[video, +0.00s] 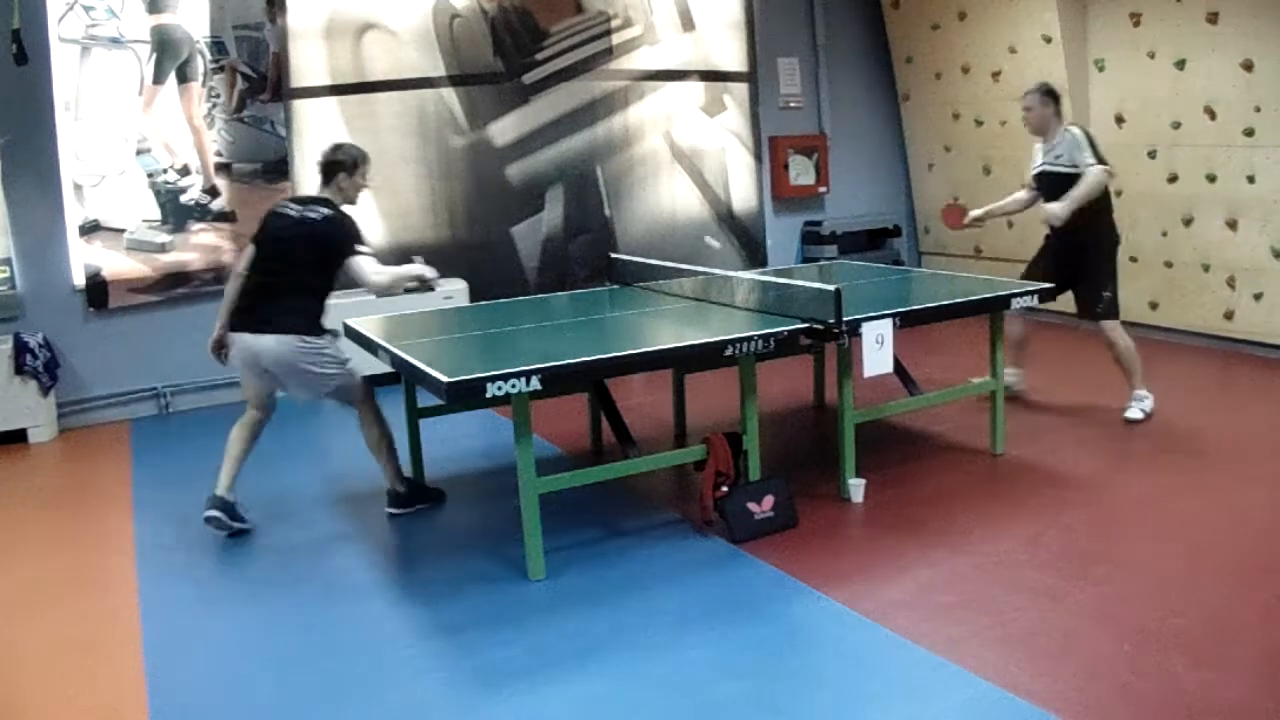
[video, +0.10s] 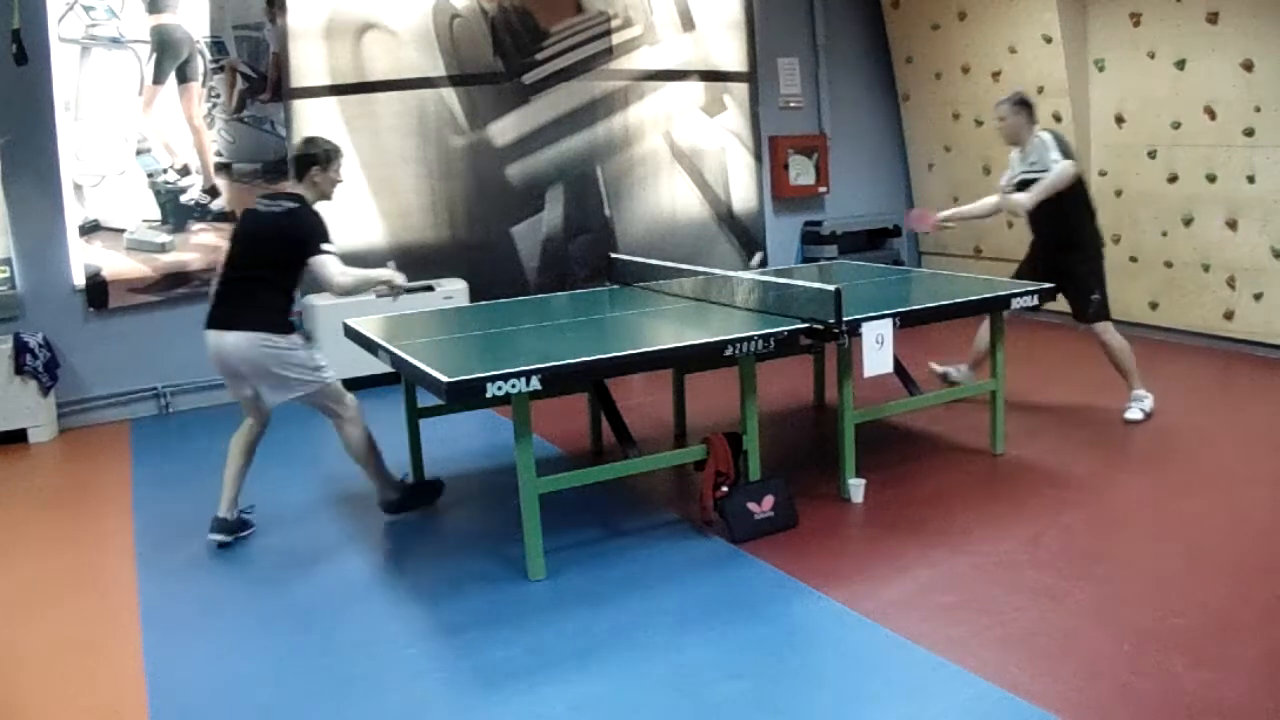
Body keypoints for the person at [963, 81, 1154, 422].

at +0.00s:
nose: (1024, 117)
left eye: (1029, 110)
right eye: (1023, 110)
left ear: (1051, 110)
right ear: (1034, 113)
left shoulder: (1074, 136)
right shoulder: (1040, 149)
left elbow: (1100, 173)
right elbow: (1029, 195)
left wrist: (1065, 205)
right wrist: (983, 213)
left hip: (1095, 245)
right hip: (1060, 244)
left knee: (1107, 323)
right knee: (1016, 305)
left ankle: (1140, 393)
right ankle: (1012, 374)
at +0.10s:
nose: (998, 127)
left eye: (1002, 120)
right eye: (997, 121)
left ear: (1021, 117)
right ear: (1012, 121)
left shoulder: (1048, 140)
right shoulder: (1017, 162)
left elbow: (1068, 169)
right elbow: (996, 203)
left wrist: (1029, 197)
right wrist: (946, 215)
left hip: (1079, 250)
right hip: (1045, 250)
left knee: (1100, 326)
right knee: (999, 308)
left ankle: (1139, 392)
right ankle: (968, 371)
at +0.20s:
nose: (968, 135)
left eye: (972, 127)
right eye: (967, 129)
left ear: (993, 126)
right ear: (978, 130)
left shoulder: (1015, 146)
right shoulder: (986, 167)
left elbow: (1044, 168)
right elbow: (963, 207)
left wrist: (1012, 190)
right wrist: (914, 218)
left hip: (1057, 251)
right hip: (1022, 253)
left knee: (1090, 326)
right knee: (977, 321)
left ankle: (1136, 393)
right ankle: (951, 378)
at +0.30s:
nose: (942, 140)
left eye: (946, 132)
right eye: (941, 134)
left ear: (967, 130)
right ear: (953, 136)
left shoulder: (996, 150)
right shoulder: (959, 172)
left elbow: (1031, 170)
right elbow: (930, 207)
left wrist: (1014, 191)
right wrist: (883, 218)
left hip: (1038, 253)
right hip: (1000, 255)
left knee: (1076, 322)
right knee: (952, 311)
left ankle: (1125, 389)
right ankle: (946, 381)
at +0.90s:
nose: (973, 117)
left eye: (979, 109)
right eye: (969, 111)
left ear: (999, 110)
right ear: (969, 115)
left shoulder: (1023, 137)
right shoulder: (978, 149)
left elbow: (1059, 173)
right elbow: (974, 196)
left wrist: (1055, 211)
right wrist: (932, 209)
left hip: (1041, 242)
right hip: (1001, 243)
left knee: (1066, 314)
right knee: (963, 307)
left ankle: (1095, 385)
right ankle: (948, 375)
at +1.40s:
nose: (985, 121)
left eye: (989, 114)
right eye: (982, 116)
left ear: (1010, 110)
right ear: (984, 118)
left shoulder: (1036, 136)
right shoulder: (995, 149)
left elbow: (1069, 176)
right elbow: (996, 197)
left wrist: (1049, 217)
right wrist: (965, 222)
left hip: (1059, 238)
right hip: (1022, 239)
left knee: (1070, 314)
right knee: (995, 304)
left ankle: (1096, 385)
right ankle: (992, 368)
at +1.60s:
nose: (974, 145)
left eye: (977, 137)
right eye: (971, 139)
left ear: (997, 131)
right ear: (991, 136)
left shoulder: (1020, 148)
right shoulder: (1006, 157)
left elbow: (1049, 179)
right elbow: (1029, 192)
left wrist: (1028, 225)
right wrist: (1021, 224)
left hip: (1068, 243)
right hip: (1041, 244)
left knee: (1066, 324)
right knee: (1005, 306)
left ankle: (1106, 387)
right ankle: (993, 370)